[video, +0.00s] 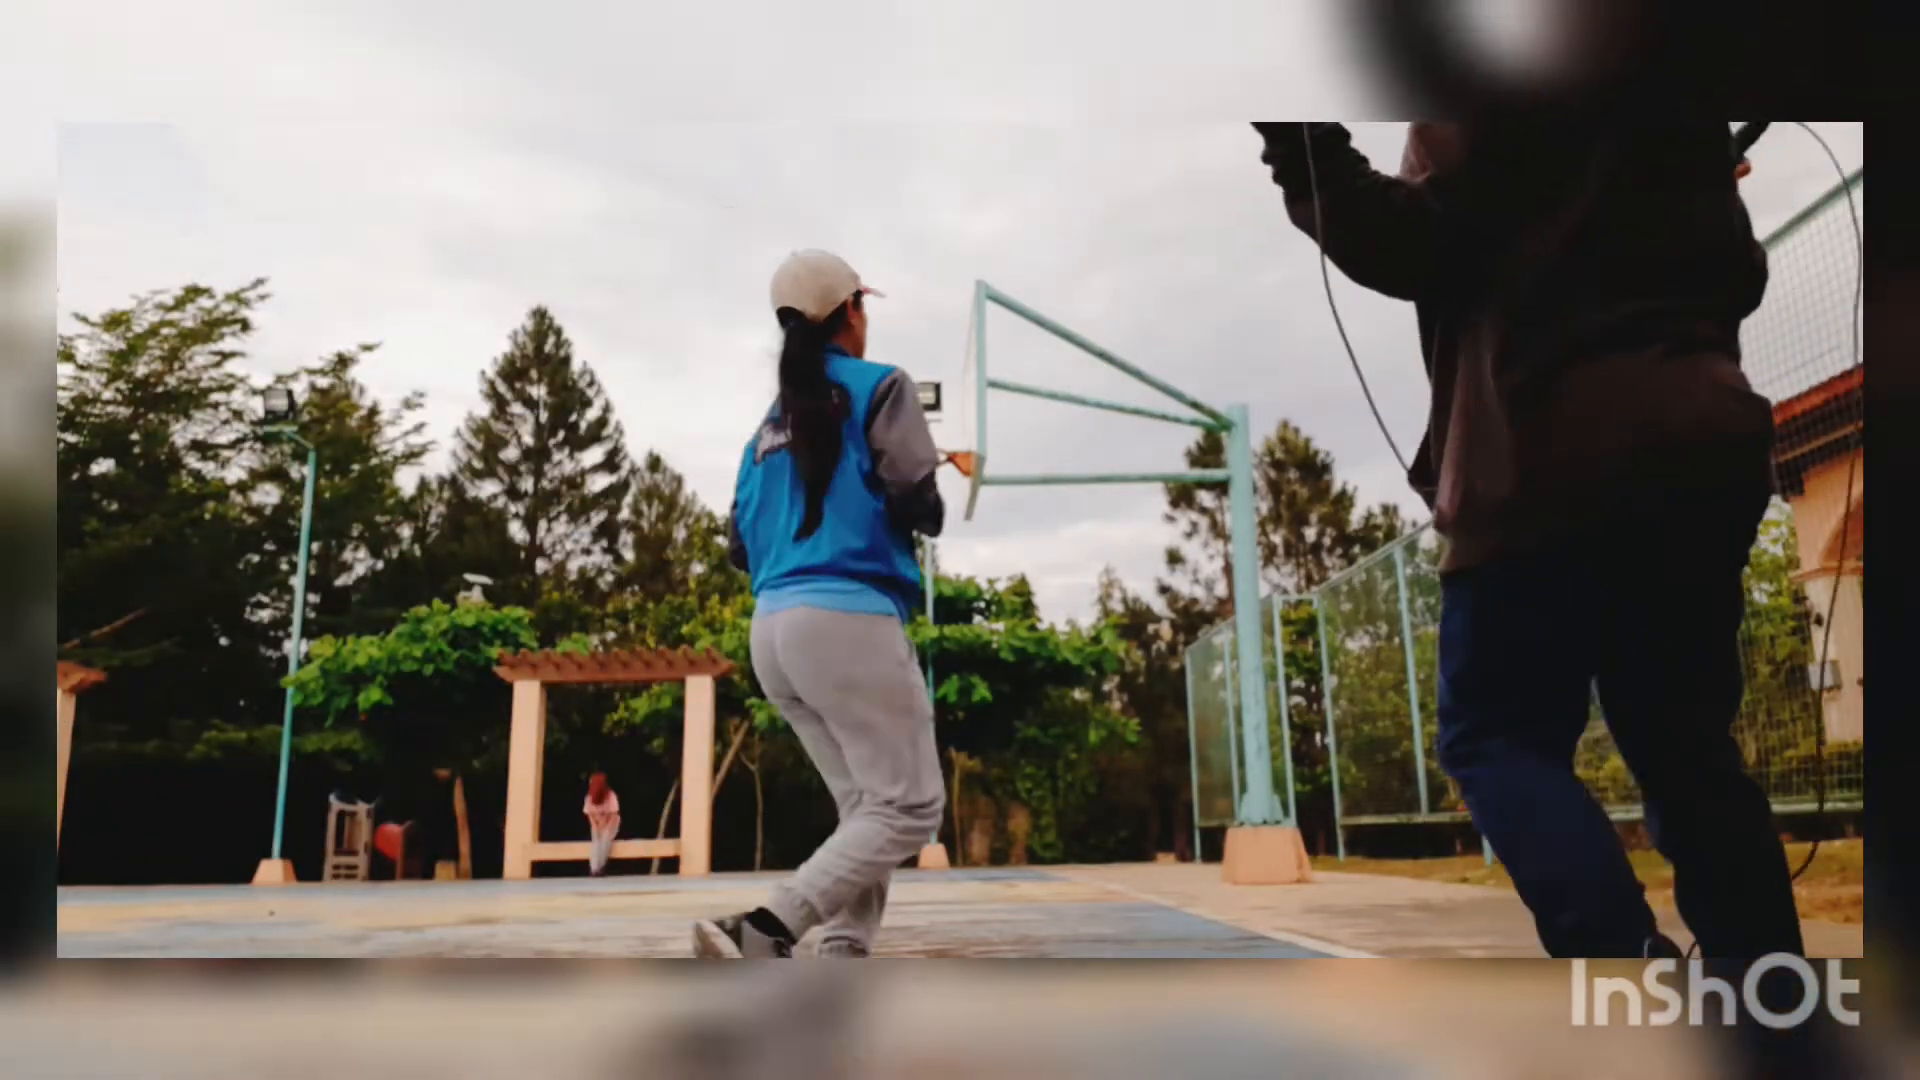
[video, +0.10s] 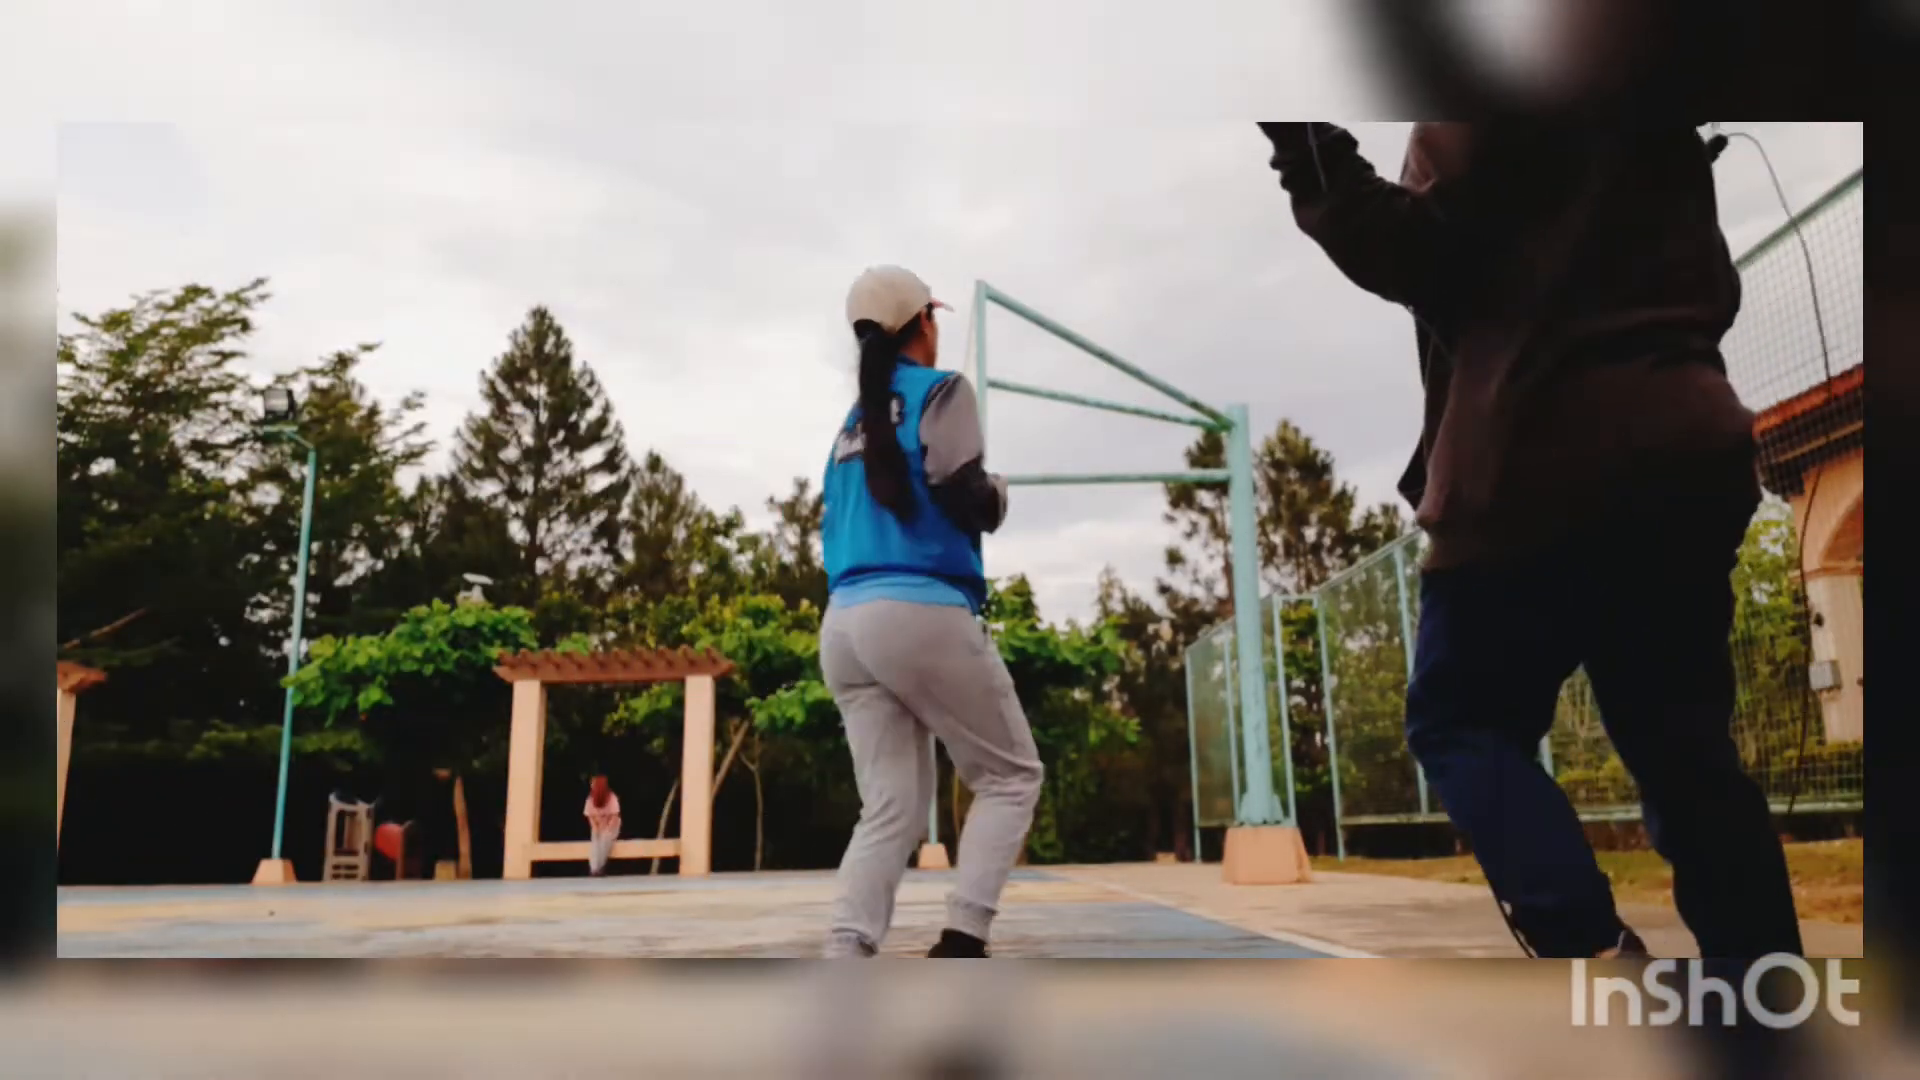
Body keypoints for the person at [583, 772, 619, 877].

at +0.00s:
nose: (595, 787)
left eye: (598, 784)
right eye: (593, 784)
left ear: (602, 785)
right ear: (591, 785)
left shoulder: (610, 796)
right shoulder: (589, 798)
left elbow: (614, 814)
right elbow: (589, 813)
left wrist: (608, 827)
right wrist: (594, 826)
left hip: (609, 820)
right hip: (596, 821)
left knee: (605, 839)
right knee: (596, 841)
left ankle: (600, 866)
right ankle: (594, 867)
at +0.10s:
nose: (596, 787)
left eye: (598, 785)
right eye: (594, 784)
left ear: (603, 785)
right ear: (592, 786)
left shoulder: (611, 798)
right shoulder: (590, 799)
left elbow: (615, 814)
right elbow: (589, 815)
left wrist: (610, 827)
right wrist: (594, 827)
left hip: (610, 822)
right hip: (597, 823)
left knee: (605, 839)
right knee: (595, 841)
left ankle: (599, 866)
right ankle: (594, 867)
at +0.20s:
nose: (599, 789)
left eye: (601, 786)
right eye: (597, 786)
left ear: (606, 788)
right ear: (594, 788)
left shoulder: (613, 800)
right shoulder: (591, 801)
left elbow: (616, 817)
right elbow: (590, 818)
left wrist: (608, 829)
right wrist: (595, 830)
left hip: (611, 824)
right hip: (598, 825)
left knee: (605, 840)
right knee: (594, 841)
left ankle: (601, 866)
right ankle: (593, 867)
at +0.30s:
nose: (597, 786)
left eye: (599, 784)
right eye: (597, 784)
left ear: (606, 786)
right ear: (596, 785)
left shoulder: (616, 798)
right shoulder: (594, 799)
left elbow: (619, 814)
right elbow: (590, 814)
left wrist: (611, 826)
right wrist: (594, 826)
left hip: (612, 824)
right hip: (599, 824)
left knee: (606, 839)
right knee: (594, 839)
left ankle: (602, 866)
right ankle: (591, 865)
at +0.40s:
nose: (599, 786)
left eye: (602, 784)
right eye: (599, 783)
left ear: (608, 785)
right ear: (597, 785)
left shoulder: (617, 798)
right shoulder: (596, 799)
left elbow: (621, 813)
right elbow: (592, 814)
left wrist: (612, 824)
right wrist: (595, 827)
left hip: (613, 825)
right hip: (600, 824)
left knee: (605, 839)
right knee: (594, 838)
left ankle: (603, 866)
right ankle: (590, 864)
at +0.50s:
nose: (600, 786)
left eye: (602, 784)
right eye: (600, 784)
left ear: (608, 786)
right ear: (599, 786)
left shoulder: (618, 799)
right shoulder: (598, 799)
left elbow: (621, 814)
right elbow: (593, 813)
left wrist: (612, 825)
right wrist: (595, 826)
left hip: (613, 826)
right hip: (600, 826)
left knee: (605, 838)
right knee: (593, 839)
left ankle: (602, 864)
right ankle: (590, 864)